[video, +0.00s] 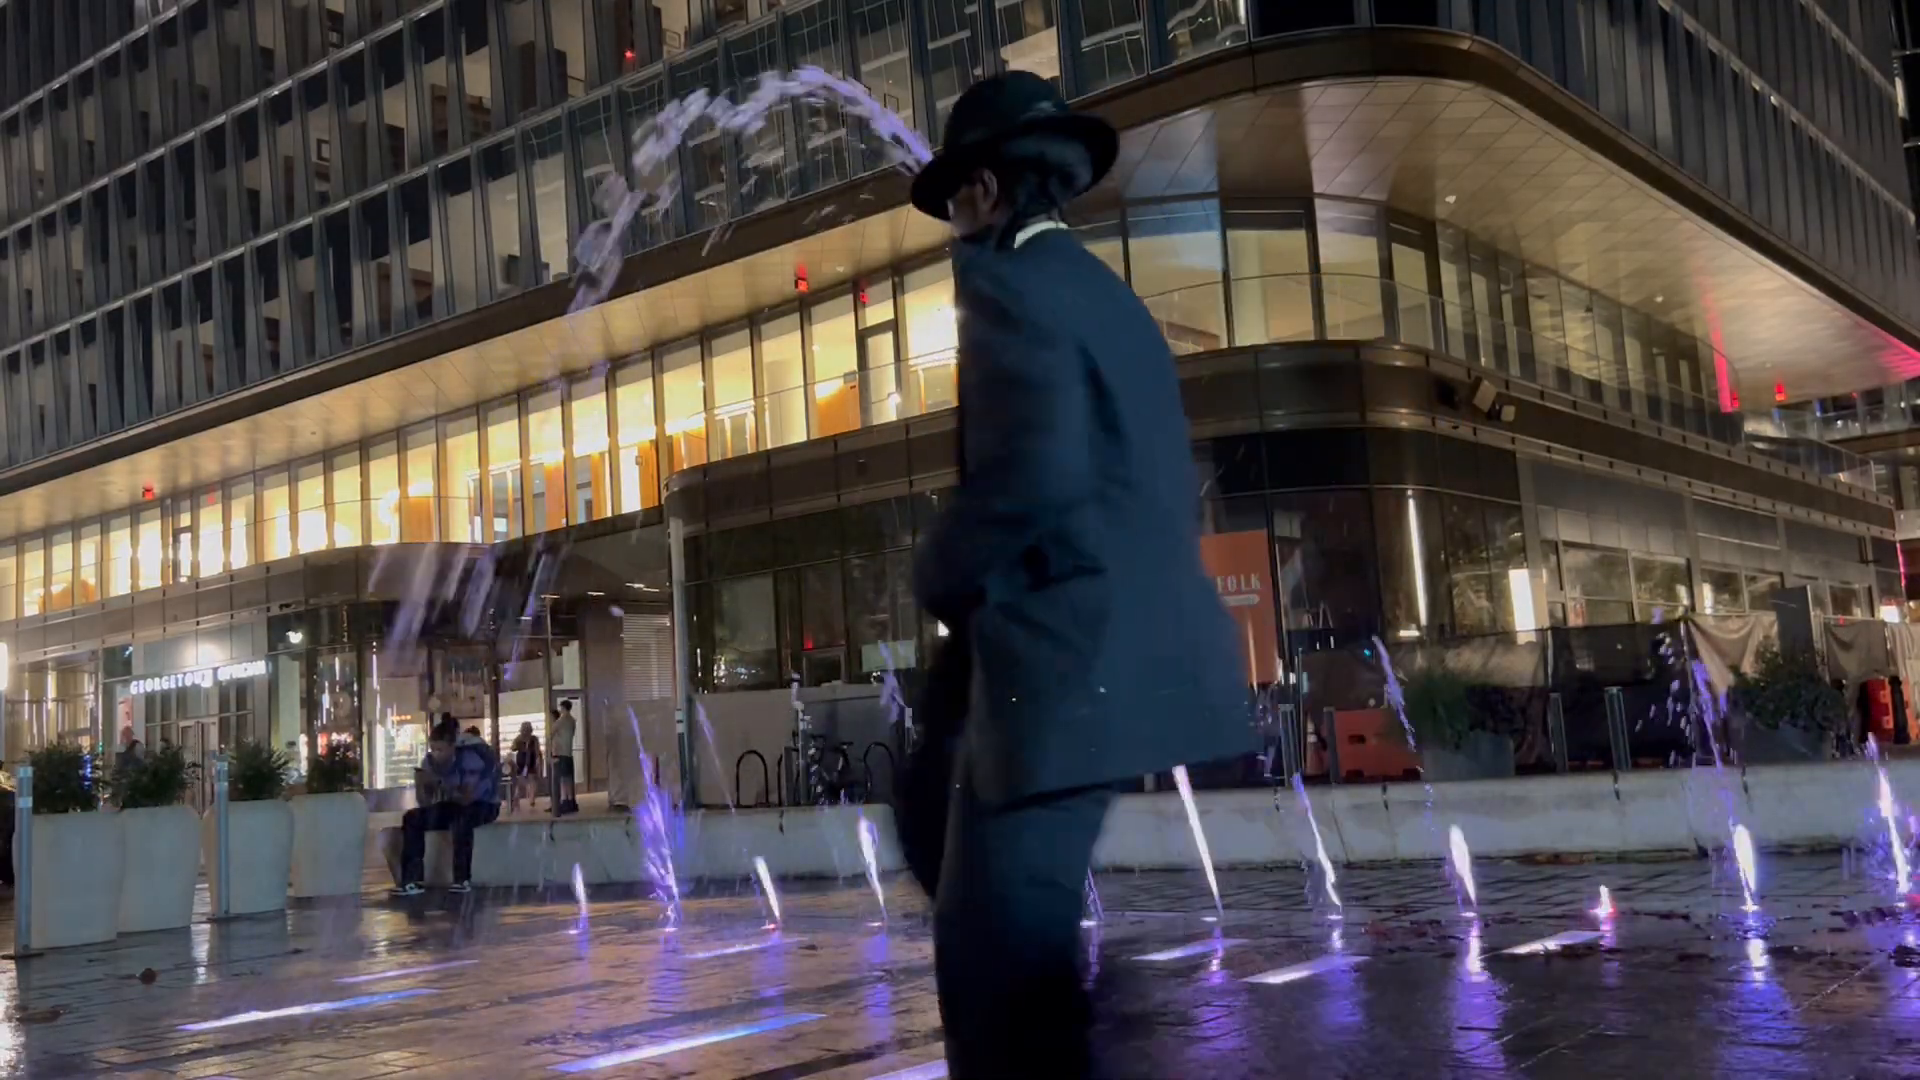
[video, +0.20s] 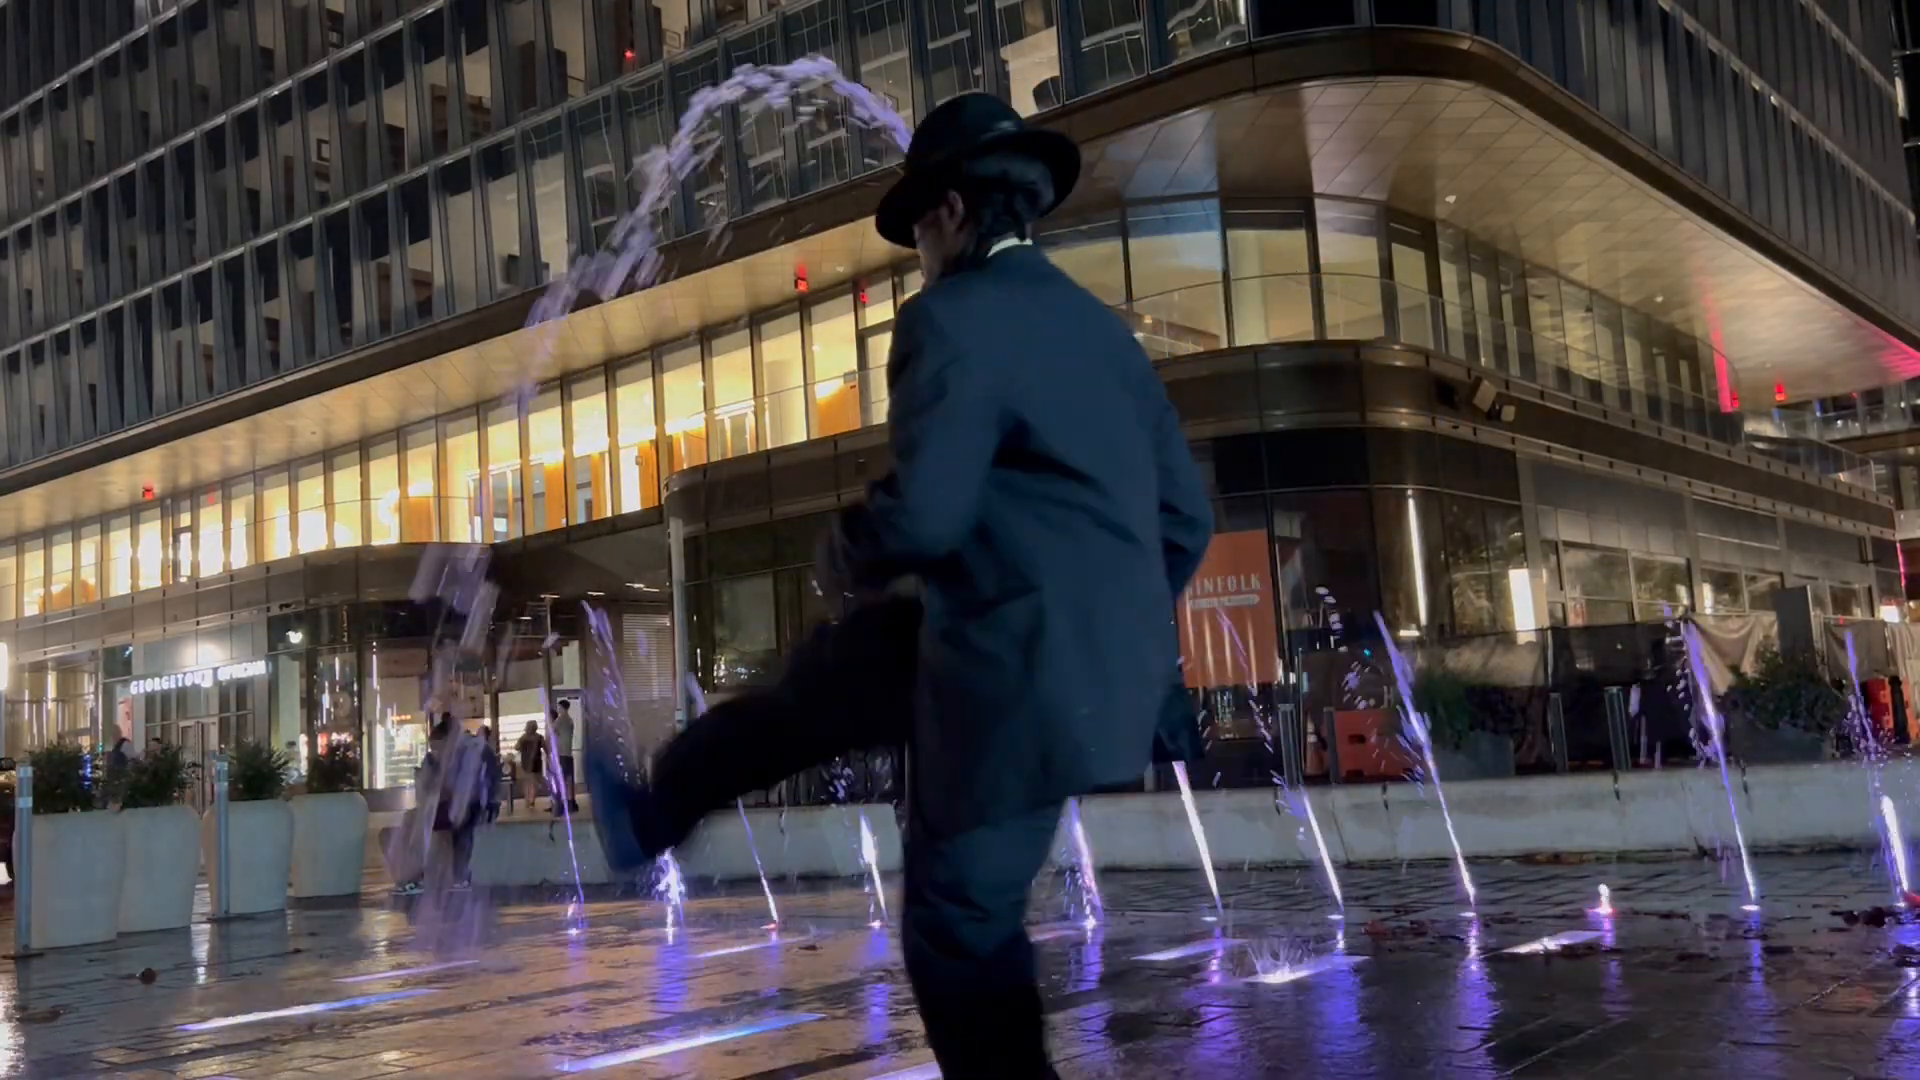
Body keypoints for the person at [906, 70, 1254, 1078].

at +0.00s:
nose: (952, 218)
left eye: (954, 194)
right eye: (951, 197)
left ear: (986, 188)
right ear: (1048, 186)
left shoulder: (1008, 277)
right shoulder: (1100, 288)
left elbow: (1035, 469)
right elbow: (1135, 488)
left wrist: (941, 573)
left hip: (1063, 663)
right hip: (1123, 650)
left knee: (994, 939)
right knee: (1018, 931)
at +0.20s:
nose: (915, 245)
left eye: (917, 222)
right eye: (914, 225)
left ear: (953, 212)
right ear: (1020, 211)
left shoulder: (953, 315)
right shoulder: (1101, 327)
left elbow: (927, 518)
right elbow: (1186, 511)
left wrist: (854, 538)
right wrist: (1121, 614)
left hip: (1017, 669)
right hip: (1110, 661)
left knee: (959, 929)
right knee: (846, 672)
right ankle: (656, 811)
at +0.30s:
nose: (912, 232)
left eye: (913, 209)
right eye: (911, 212)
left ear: (942, 200)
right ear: (1019, 203)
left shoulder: (952, 301)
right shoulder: (1097, 327)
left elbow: (897, 500)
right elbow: (1189, 512)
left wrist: (848, 461)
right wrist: (1157, 652)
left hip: (1004, 661)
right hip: (1099, 657)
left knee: (946, 924)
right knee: (796, 690)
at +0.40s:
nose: (900, 214)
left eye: (902, 191)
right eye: (901, 194)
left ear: (930, 185)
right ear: (1012, 187)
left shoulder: (923, 288)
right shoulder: (1085, 321)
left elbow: (865, 449)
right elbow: (1167, 476)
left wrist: (836, 429)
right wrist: (1223, 611)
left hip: (976, 677)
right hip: (1081, 681)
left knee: (956, 946)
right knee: (816, 825)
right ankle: (907, 1053)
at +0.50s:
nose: (879, 208)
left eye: (883, 189)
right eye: (881, 189)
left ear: (908, 189)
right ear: (986, 197)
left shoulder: (873, 285)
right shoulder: (1064, 318)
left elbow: (821, 444)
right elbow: (1159, 466)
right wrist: (1216, 579)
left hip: (969, 652)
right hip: (1069, 648)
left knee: (936, 939)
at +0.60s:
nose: (846, 239)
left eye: (853, 219)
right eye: (848, 221)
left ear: (880, 220)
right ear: (970, 227)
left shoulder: (828, 324)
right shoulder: (1050, 327)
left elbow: (798, 505)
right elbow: (1159, 485)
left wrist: (858, 586)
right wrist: (1173, 552)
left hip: (953, 661)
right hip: (1081, 649)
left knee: (925, 940)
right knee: (1022, 931)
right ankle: (1040, 1079)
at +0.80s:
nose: (802, 324)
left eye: (807, 300)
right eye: (798, 303)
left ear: (856, 292)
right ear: (904, 284)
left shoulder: (856, 379)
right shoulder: (1021, 362)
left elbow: (851, 545)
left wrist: (774, 617)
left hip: (1002, 687)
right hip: (1116, 672)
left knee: (958, 955)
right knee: (1051, 957)